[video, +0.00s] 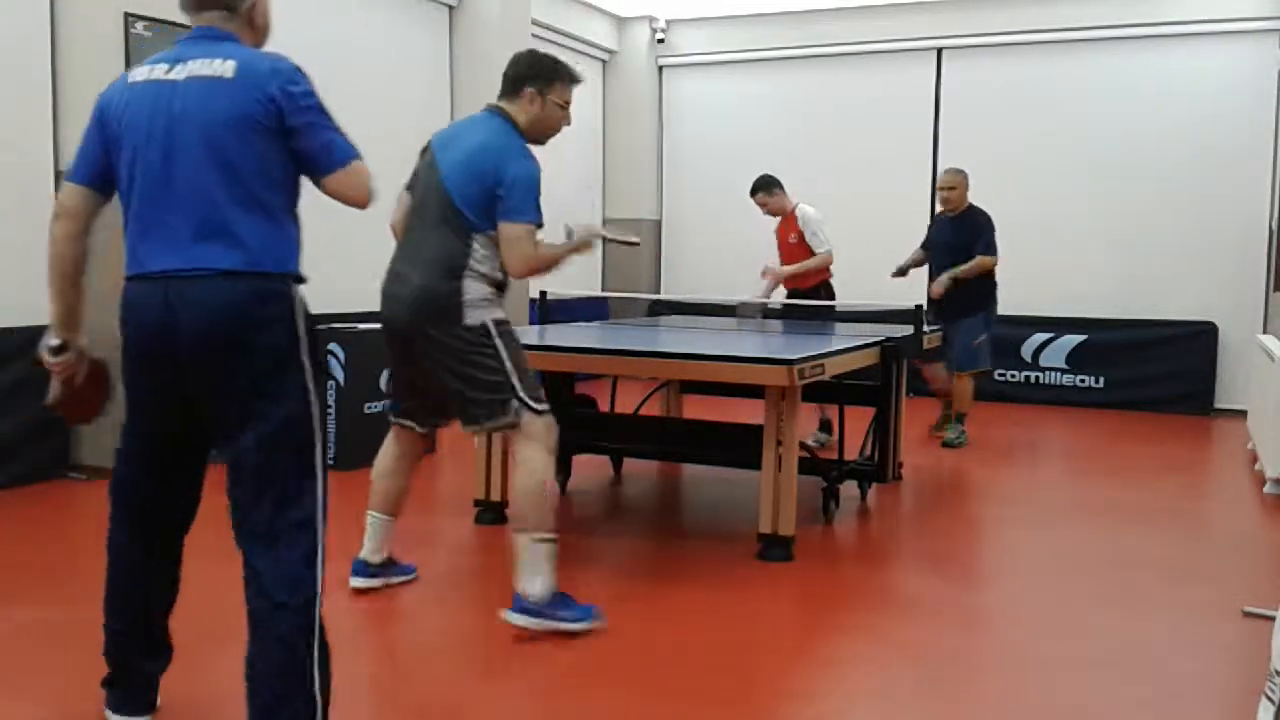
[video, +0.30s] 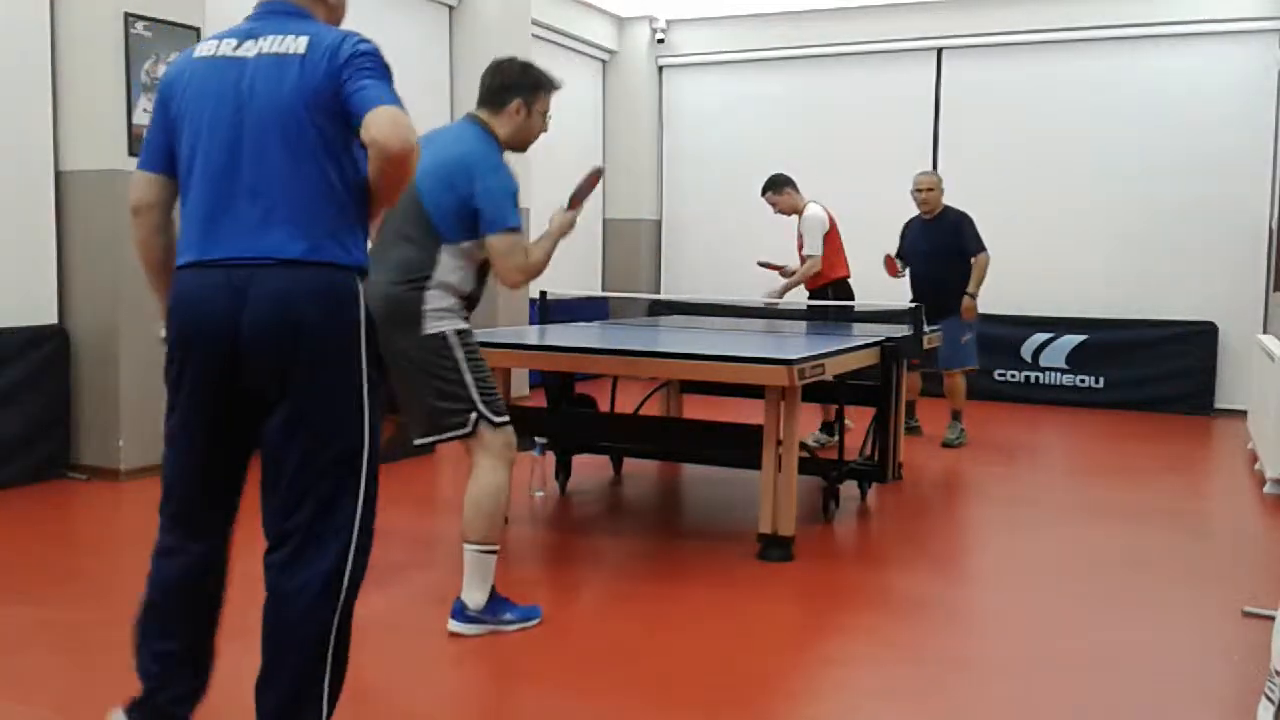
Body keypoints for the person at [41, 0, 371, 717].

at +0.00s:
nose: (272, 19)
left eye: (269, 11)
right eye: (269, 11)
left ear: (189, 13)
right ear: (252, 11)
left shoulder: (123, 90)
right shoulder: (272, 75)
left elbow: (70, 217)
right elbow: (358, 187)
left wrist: (64, 337)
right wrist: (291, 134)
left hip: (152, 316)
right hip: (254, 313)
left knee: (147, 507)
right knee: (277, 523)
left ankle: (129, 697)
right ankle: (288, 708)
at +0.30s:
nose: (346, 13)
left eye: (343, 7)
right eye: (344, 6)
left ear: (266, 1)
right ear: (325, 1)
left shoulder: (185, 65)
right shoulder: (342, 47)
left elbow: (146, 201)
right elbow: (395, 141)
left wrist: (175, 305)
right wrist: (371, 212)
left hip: (205, 299)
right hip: (315, 299)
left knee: (190, 518)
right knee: (316, 527)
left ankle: (162, 702)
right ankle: (294, 707)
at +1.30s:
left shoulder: (246, 46)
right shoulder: (444, 29)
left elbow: (184, 203)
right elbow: (518, 120)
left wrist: (162, 357)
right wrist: (483, 272)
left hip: (293, 341)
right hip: (426, 332)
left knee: (266, 598)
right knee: (464, 601)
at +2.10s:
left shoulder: (348, 57)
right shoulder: (536, 24)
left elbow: (309, 215)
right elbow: (591, 169)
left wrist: (374, 302)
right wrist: (564, 244)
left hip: (395, 329)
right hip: (526, 321)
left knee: (401, 591)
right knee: (601, 578)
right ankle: (609, 706)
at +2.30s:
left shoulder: (398, 69)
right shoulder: (588, 38)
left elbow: (361, 234)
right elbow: (651, 173)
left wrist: (435, 291)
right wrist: (611, 247)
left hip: (444, 335)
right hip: (572, 332)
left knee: (420, 595)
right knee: (633, 581)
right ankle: (686, 707)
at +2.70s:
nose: (640, 12)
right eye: (639, 9)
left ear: (551, 3)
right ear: (627, 4)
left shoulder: (475, 62)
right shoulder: (675, 56)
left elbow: (430, 216)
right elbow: (738, 195)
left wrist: (499, 275)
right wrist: (703, 250)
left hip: (500, 332)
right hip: (628, 331)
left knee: (462, 575)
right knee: (674, 571)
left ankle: (425, 714)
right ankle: (705, 711)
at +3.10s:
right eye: (622, 10)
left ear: (535, 2)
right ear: (609, 3)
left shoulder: (458, 62)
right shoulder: (659, 57)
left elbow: (414, 218)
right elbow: (711, 201)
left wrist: (485, 269)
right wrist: (654, 254)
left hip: (486, 330)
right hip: (615, 331)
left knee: (454, 577)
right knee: (661, 571)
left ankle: (423, 712)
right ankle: (694, 709)